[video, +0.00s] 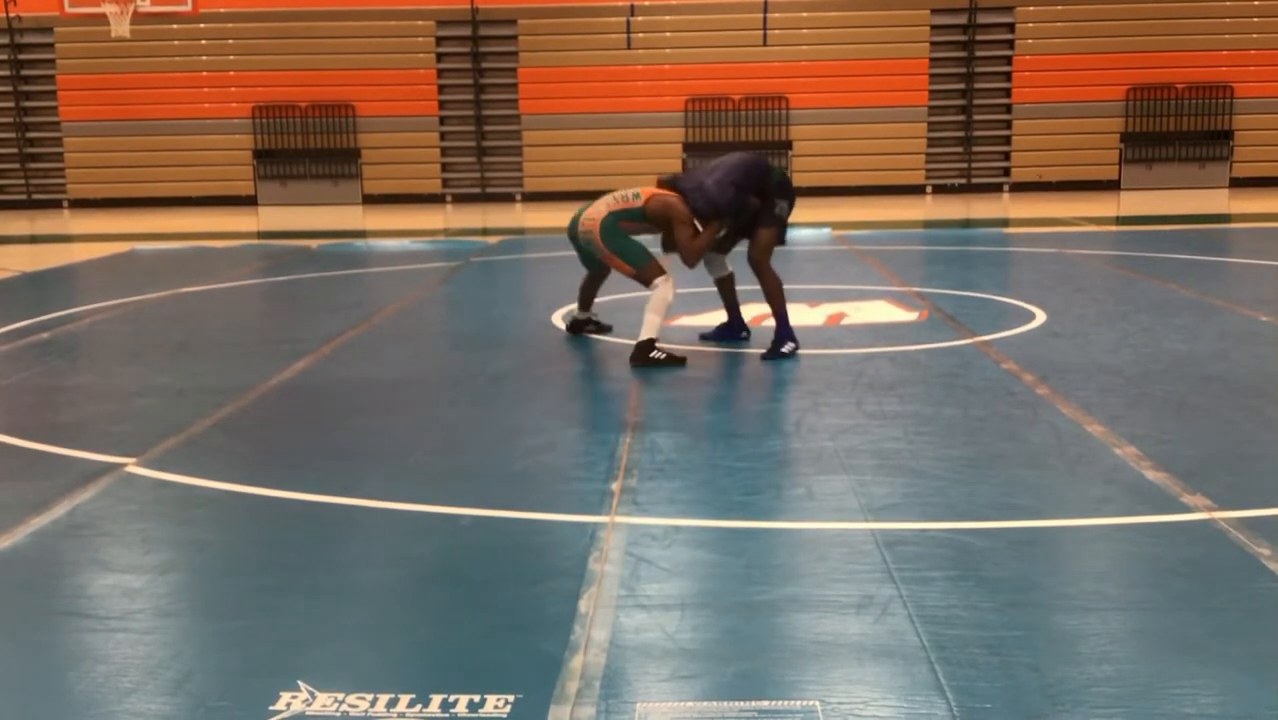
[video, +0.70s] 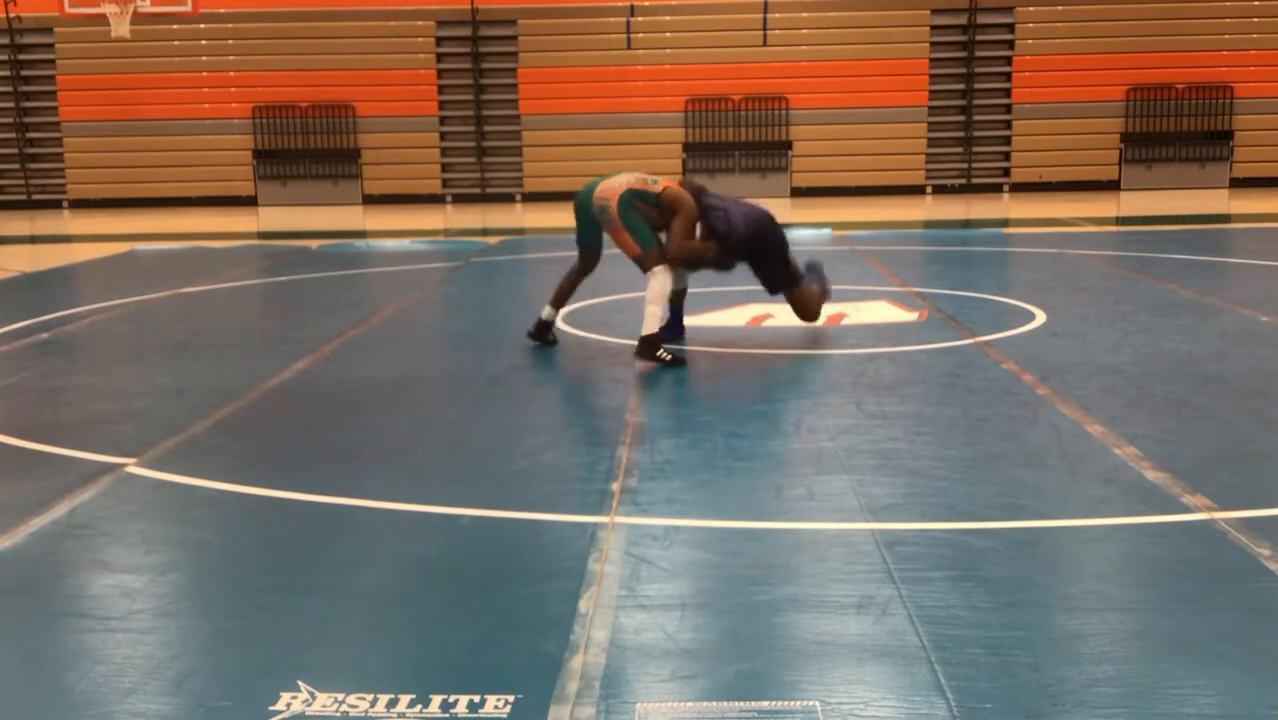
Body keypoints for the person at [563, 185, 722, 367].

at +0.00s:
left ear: (683, 187)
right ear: (700, 200)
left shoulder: (660, 198)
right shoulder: (677, 206)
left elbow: (669, 246)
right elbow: (691, 258)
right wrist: (715, 226)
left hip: (578, 227)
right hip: (603, 232)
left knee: (599, 269)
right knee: (662, 283)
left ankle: (581, 318)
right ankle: (646, 346)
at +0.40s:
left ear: (670, 185)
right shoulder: (672, 201)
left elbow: (655, 251)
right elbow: (682, 244)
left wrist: (694, 254)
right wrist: (706, 222)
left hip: (576, 226)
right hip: (598, 230)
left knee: (606, 266)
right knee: (660, 278)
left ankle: (574, 322)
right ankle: (645, 347)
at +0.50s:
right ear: (704, 202)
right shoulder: (676, 200)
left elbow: (635, 230)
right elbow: (680, 250)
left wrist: (668, 247)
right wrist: (710, 235)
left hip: (575, 213)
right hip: (604, 218)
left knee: (588, 263)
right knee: (658, 277)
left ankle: (570, 321)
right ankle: (645, 346)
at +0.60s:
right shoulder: (680, 202)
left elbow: (636, 222)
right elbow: (674, 253)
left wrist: (666, 243)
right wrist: (711, 239)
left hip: (579, 197)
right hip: (607, 205)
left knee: (583, 257)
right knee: (654, 272)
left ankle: (549, 318)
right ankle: (645, 347)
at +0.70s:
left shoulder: (669, 200)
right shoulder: (687, 204)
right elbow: (676, 252)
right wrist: (711, 247)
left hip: (587, 197)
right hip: (616, 202)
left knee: (585, 263)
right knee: (660, 271)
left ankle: (544, 324)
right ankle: (649, 343)